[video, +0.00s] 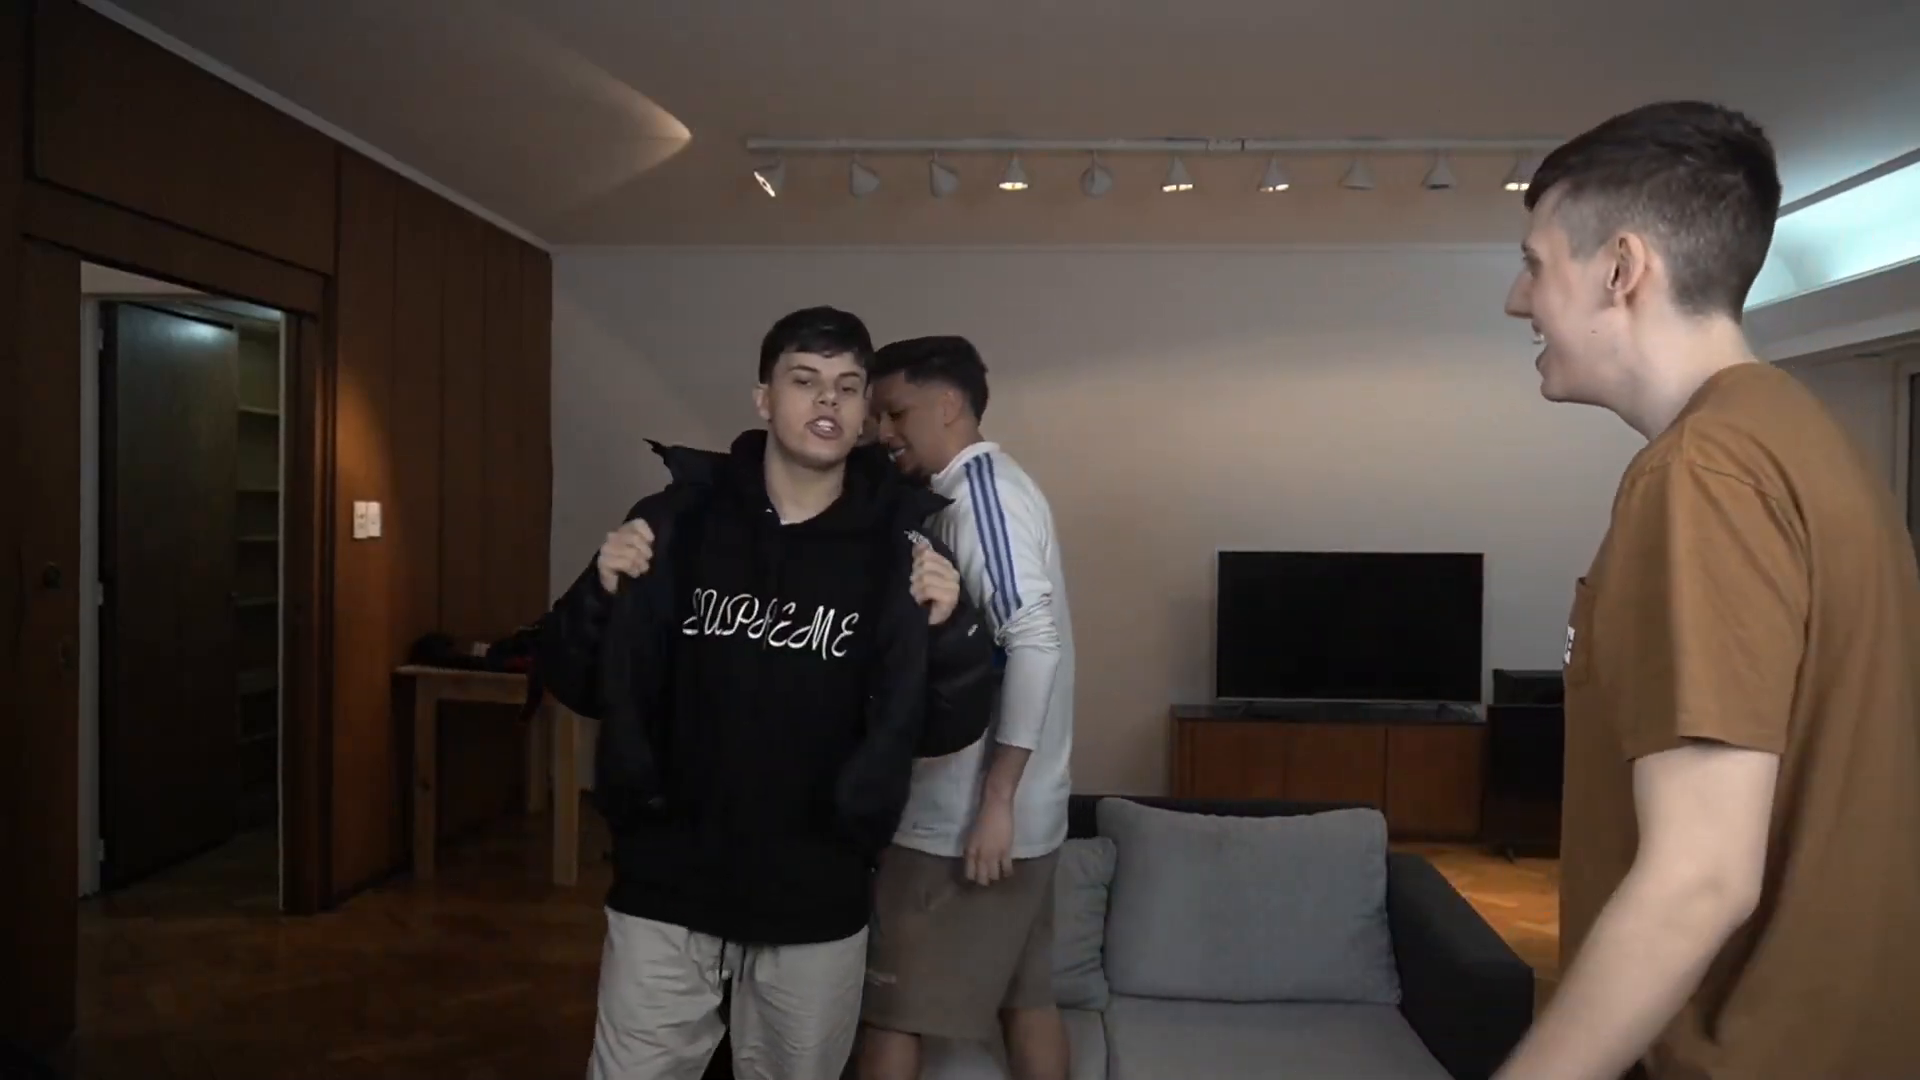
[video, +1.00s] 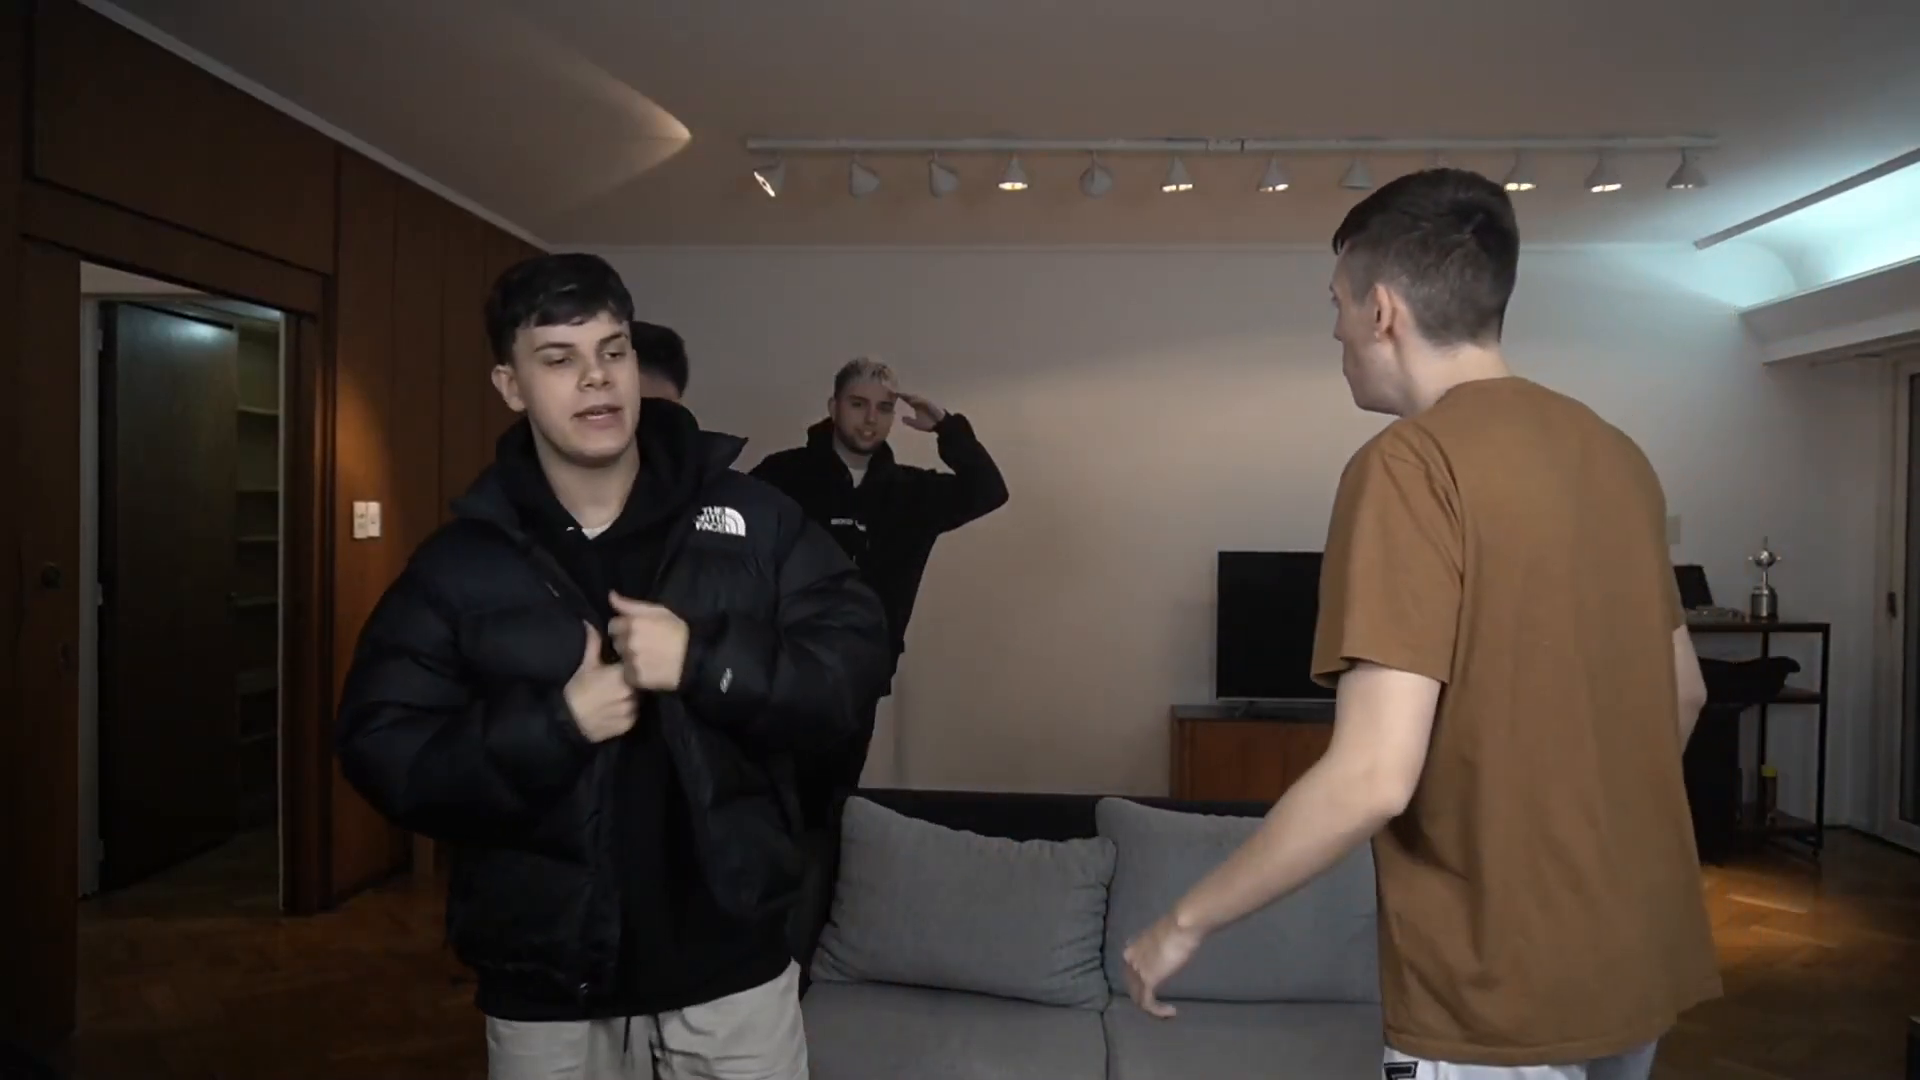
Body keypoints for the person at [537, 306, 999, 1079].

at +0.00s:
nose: (829, 401)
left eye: (848, 385)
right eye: (805, 380)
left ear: (867, 411)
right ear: (764, 400)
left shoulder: (901, 543)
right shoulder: (682, 517)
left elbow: (947, 729)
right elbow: (575, 683)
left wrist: (949, 627)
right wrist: (601, 588)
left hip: (814, 894)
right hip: (668, 881)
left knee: (797, 1072)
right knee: (632, 1071)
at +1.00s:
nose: (597, 381)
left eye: (614, 354)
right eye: (561, 359)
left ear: (640, 367)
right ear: (509, 384)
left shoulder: (746, 518)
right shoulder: (465, 561)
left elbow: (854, 669)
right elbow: (379, 742)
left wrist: (704, 660)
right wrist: (557, 725)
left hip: (730, 960)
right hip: (549, 976)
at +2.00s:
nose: (849, 384)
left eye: (875, 352)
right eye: (816, 357)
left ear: (909, 358)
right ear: (773, 373)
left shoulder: (1014, 553)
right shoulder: (704, 527)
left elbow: (1121, 719)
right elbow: (601, 661)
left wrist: (965, 780)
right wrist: (612, 714)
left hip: (891, 1018)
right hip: (705, 999)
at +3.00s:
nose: (543, 392)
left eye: (564, 363)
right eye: (503, 364)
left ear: (587, 371)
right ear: (446, 377)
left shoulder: (612, 545)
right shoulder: (337, 566)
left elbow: (664, 682)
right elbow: (248, 772)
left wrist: (714, 726)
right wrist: (484, 788)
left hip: (615, 1002)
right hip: (425, 1022)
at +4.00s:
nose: (108, 368)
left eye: (129, 340)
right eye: (67, 341)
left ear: (158, 354)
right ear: (9, 360)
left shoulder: (178, 481)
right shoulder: (9, 493)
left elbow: (233, 652)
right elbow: (15, 716)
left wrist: (313, 674)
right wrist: (101, 730)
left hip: (204, 927)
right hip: (49, 947)